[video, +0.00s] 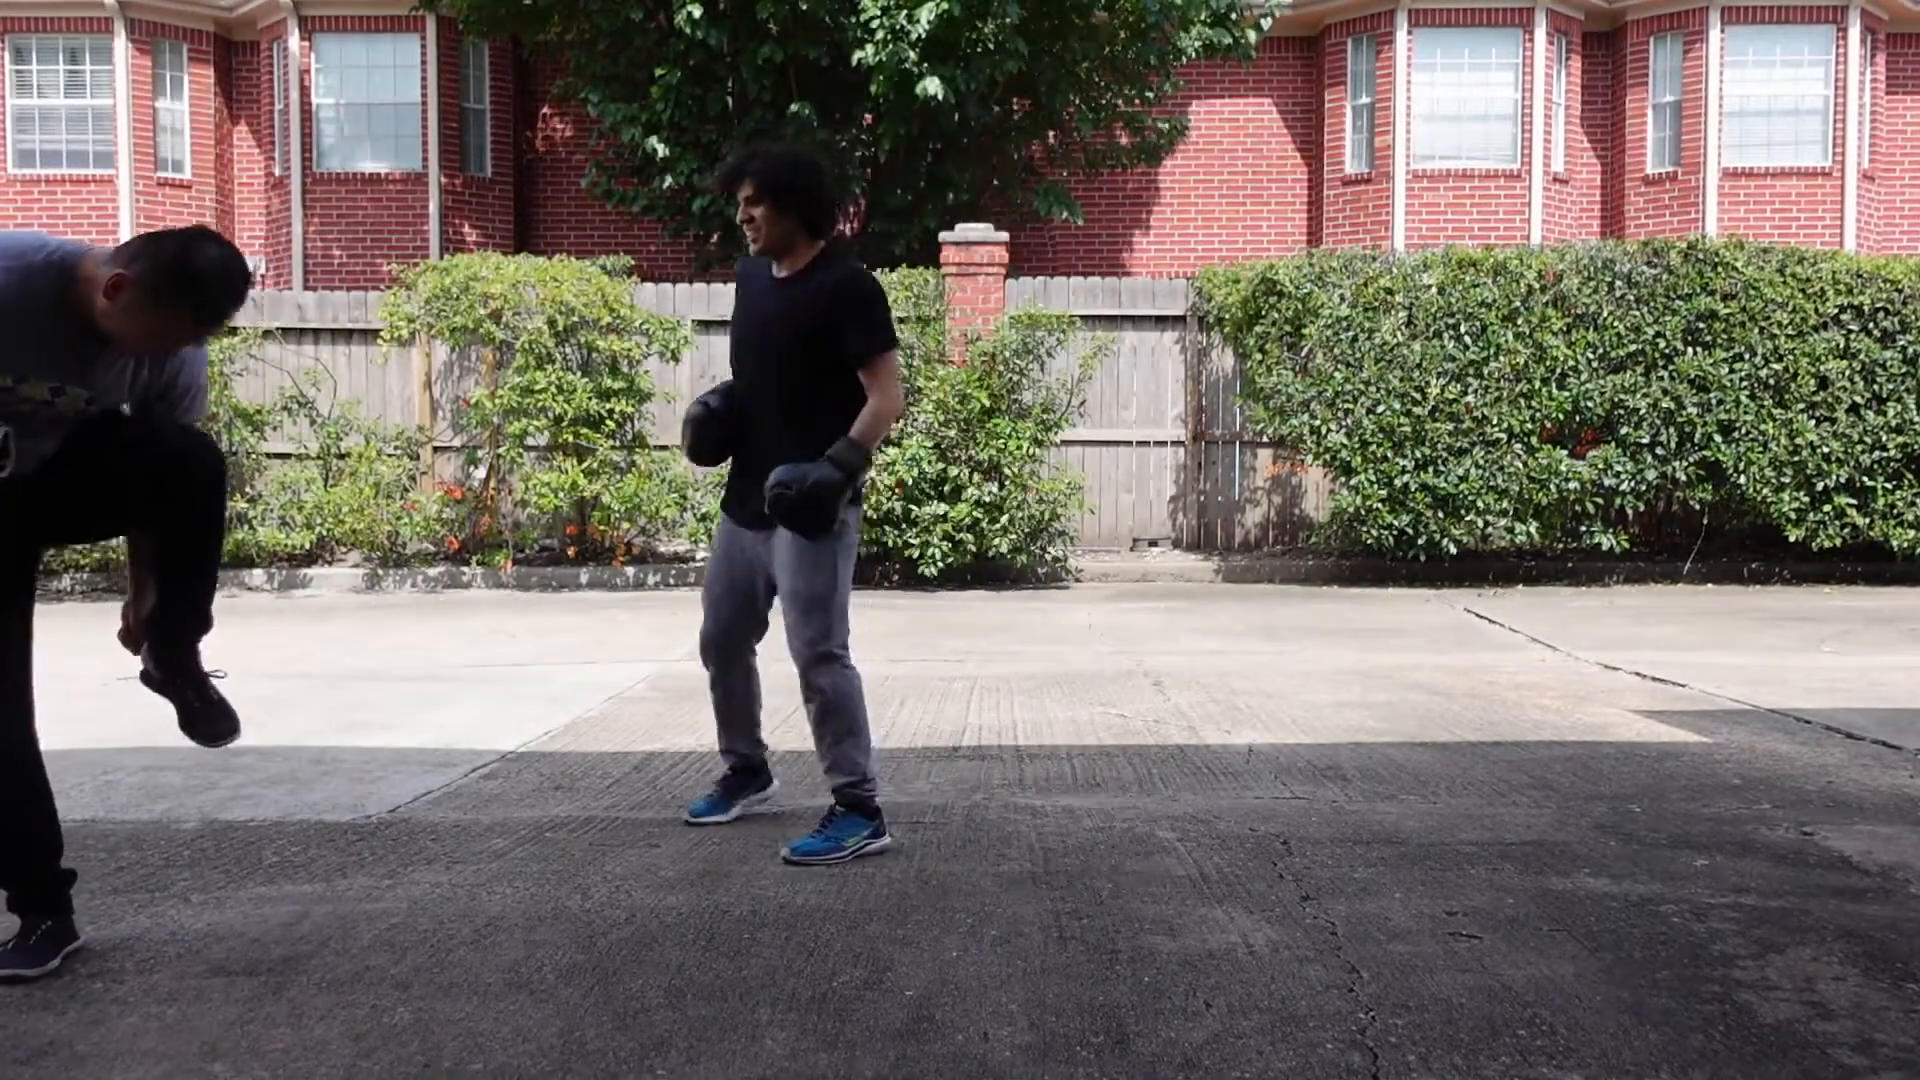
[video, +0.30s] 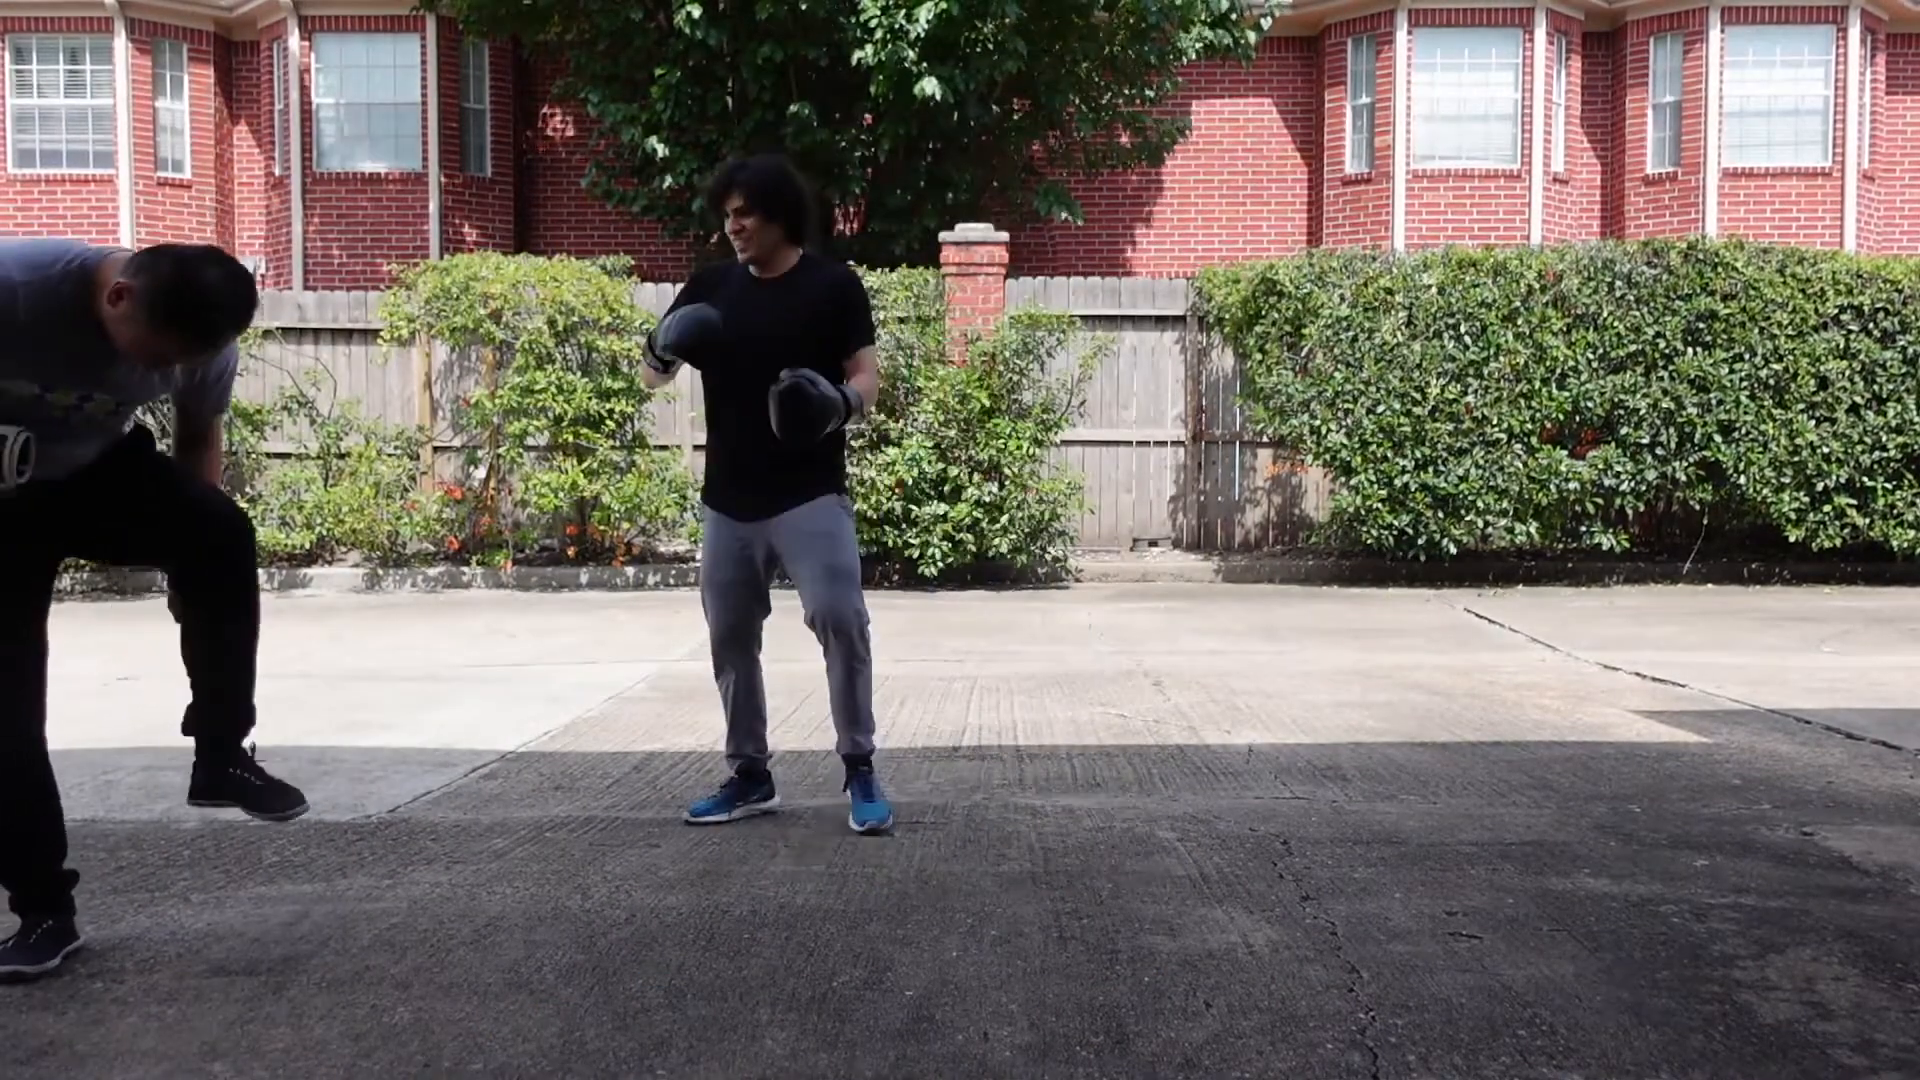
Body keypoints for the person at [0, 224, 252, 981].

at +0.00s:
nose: (166, 358)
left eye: (181, 347)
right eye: (162, 340)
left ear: (196, 325)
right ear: (118, 288)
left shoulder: (174, 354)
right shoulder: (15, 277)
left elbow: (164, 481)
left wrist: (143, 595)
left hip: (72, 474)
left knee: (193, 459)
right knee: (2, 710)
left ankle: (173, 656)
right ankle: (40, 909)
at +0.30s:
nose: (164, 371)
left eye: (181, 362)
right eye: (157, 355)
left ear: (209, 341)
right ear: (119, 296)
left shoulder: (203, 348)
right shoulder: (18, 292)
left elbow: (199, 456)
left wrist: (194, 571)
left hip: (100, 471)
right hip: (9, 488)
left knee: (219, 533)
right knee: (9, 709)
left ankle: (219, 756)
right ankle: (43, 908)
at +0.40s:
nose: (156, 341)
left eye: (171, 333)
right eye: (150, 325)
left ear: (202, 307)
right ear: (117, 264)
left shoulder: (199, 294)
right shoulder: (16, 269)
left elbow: (215, 399)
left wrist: (252, 512)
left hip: (128, 497)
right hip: (18, 510)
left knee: (213, 658)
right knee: (13, 709)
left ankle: (207, 873)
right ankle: (45, 910)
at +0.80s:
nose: (232, 220)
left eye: (250, 205)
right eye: (221, 201)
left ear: (269, 186)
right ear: (172, 146)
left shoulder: (265, 214)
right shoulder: (57, 204)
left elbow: (330, 348)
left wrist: (217, 377)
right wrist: (30, 428)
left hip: (190, 501)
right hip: (59, 503)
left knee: (206, 714)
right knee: (55, 718)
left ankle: (174, 922)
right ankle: (18, 945)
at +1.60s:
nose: (351, 209)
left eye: (363, 191)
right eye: (352, 183)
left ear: (293, 145)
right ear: (290, 140)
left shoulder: (249, 215)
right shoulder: (144, 203)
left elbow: (257, 323)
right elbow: (21, 332)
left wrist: (245, 405)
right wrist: (131, 431)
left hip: (126, 479)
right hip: (36, 476)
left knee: (173, 709)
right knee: (63, 732)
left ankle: (164, 937)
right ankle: (40, 1011)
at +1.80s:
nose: (412, 188)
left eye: (421, 164)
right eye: (413, 161)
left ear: (351, 139)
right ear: (362, 142)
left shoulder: (277, 215)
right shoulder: (233, 207)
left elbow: (232, 339)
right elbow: (115, 353)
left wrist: (270, 412)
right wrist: (216, 429)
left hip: (157, 490)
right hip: (88, 489)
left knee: (214, 727)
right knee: (112, 739)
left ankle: (261, 949)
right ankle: (46, 1017)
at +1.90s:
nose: (427, 184)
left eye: (436, 162)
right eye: (431, 159)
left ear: (363, 127)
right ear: (390, 136)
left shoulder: (279, 196)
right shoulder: (275, 205)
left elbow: (240, 339)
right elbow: (200, 365)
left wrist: (303, 402)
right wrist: (294, 431)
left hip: (201, 489)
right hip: (138, 492)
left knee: (265, 719)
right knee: (168, 742)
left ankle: (266, 946)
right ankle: (52, 1000)